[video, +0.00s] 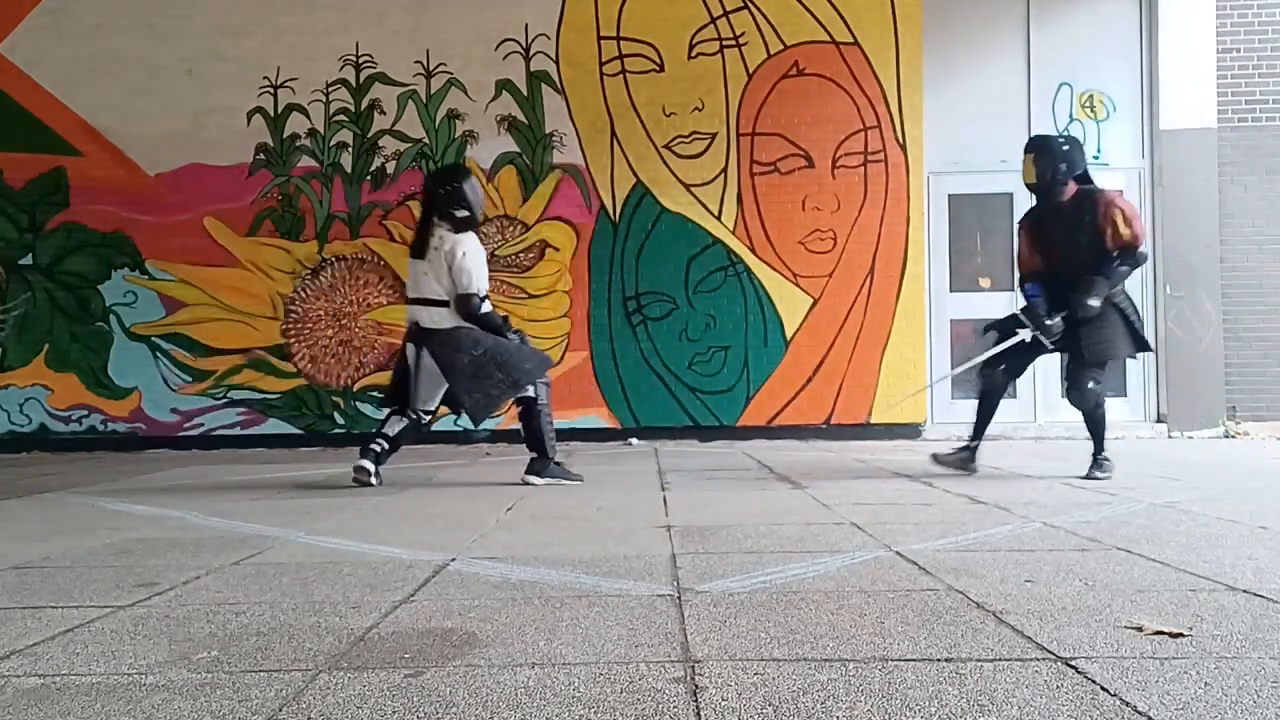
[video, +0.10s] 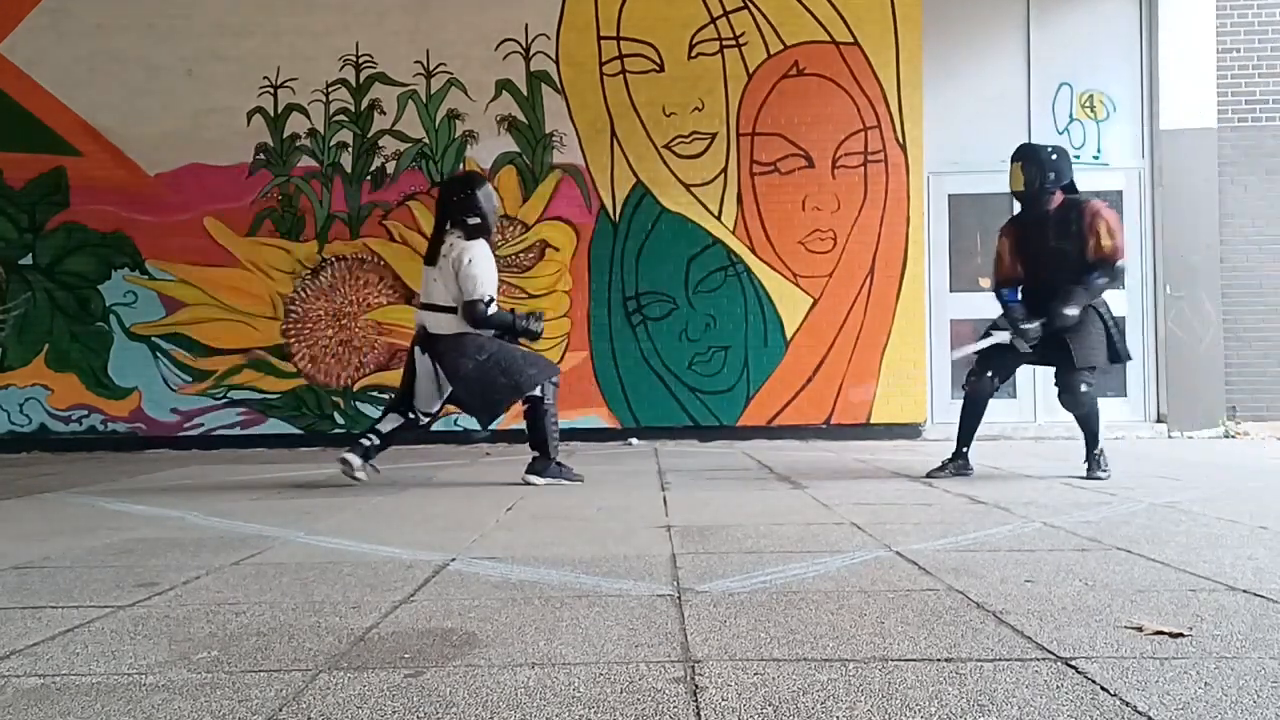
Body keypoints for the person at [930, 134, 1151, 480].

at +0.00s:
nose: (1033, 177)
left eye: (1040, 168)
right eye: (1031, 169)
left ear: (1065, 169)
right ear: (1033, 172)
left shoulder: (1107, 206)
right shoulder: (1032, 223)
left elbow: (1134, 253)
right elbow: (1031, 277)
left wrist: (1098, 289)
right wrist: (1039, 312)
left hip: (1095, 308)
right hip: (1051, 309)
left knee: (1083, 386)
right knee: (996, 369)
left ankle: (1100, 457)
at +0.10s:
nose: (1020, 184)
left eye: (1028, 175)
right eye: (1019, 176)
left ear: (1052, 178)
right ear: (1018, 179)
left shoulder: (1093, 215)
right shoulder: (1014, 229)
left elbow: (1108, 271)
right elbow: (1006, 287)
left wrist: (1075, 301)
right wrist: (1019, 322)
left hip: (1079, 312)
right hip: (1031, 313)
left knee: (1076, 389)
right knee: (982, 375)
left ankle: (1094, 453)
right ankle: (960, 456)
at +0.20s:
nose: (1013, 192)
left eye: (1020, 182)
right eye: (1012, 183)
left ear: (1047, 185)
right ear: (1011, 187)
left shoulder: (1082, 220)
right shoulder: (1007, 234)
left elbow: (1090, 281)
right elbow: (995, 284)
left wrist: (1042, 305)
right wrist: (984, 307)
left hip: (1079, 313)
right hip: (1032, 316)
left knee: (1087, 385)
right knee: (977, 377)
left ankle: (1118, 434)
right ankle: (961, 457)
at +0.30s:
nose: (1011, 184)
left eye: (1018, 175)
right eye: (1011, 176)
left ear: (1045, 180)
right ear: (1032, 181)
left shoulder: (1083, 219)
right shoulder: (1012, 234)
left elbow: (1087, 279)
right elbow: (1005, 284)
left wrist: (1030, 304)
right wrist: (982, 293)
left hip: (1085, 316)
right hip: (1038, 317)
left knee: (1115, 398)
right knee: (984, 376)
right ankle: (962, 457)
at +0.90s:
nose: (983, 169)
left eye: (991, 161)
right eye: (983, 161)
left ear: (1017, 165)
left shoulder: (1047, 206)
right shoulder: (986, 222)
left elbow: (1049, 267)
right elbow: (985, 275)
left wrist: (991, 293)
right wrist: (957, 276)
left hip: (1052, 307)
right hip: (1007, 311)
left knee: (1094, 393)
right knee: (960, 373)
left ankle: (1157, 451)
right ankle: (972, 457)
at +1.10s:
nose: (973, 167)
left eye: (981, 158)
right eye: (972, 158)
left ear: (1005, 159)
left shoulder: (1041, 199)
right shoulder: (978, 215)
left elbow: (1049, 258)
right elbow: (970, 265)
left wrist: (998, 287)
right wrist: (945, 283)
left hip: (1045, 299)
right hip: (1002, 305)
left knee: (1066, 389)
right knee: (962, 370)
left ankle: (1120, 449)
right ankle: (972, 457)